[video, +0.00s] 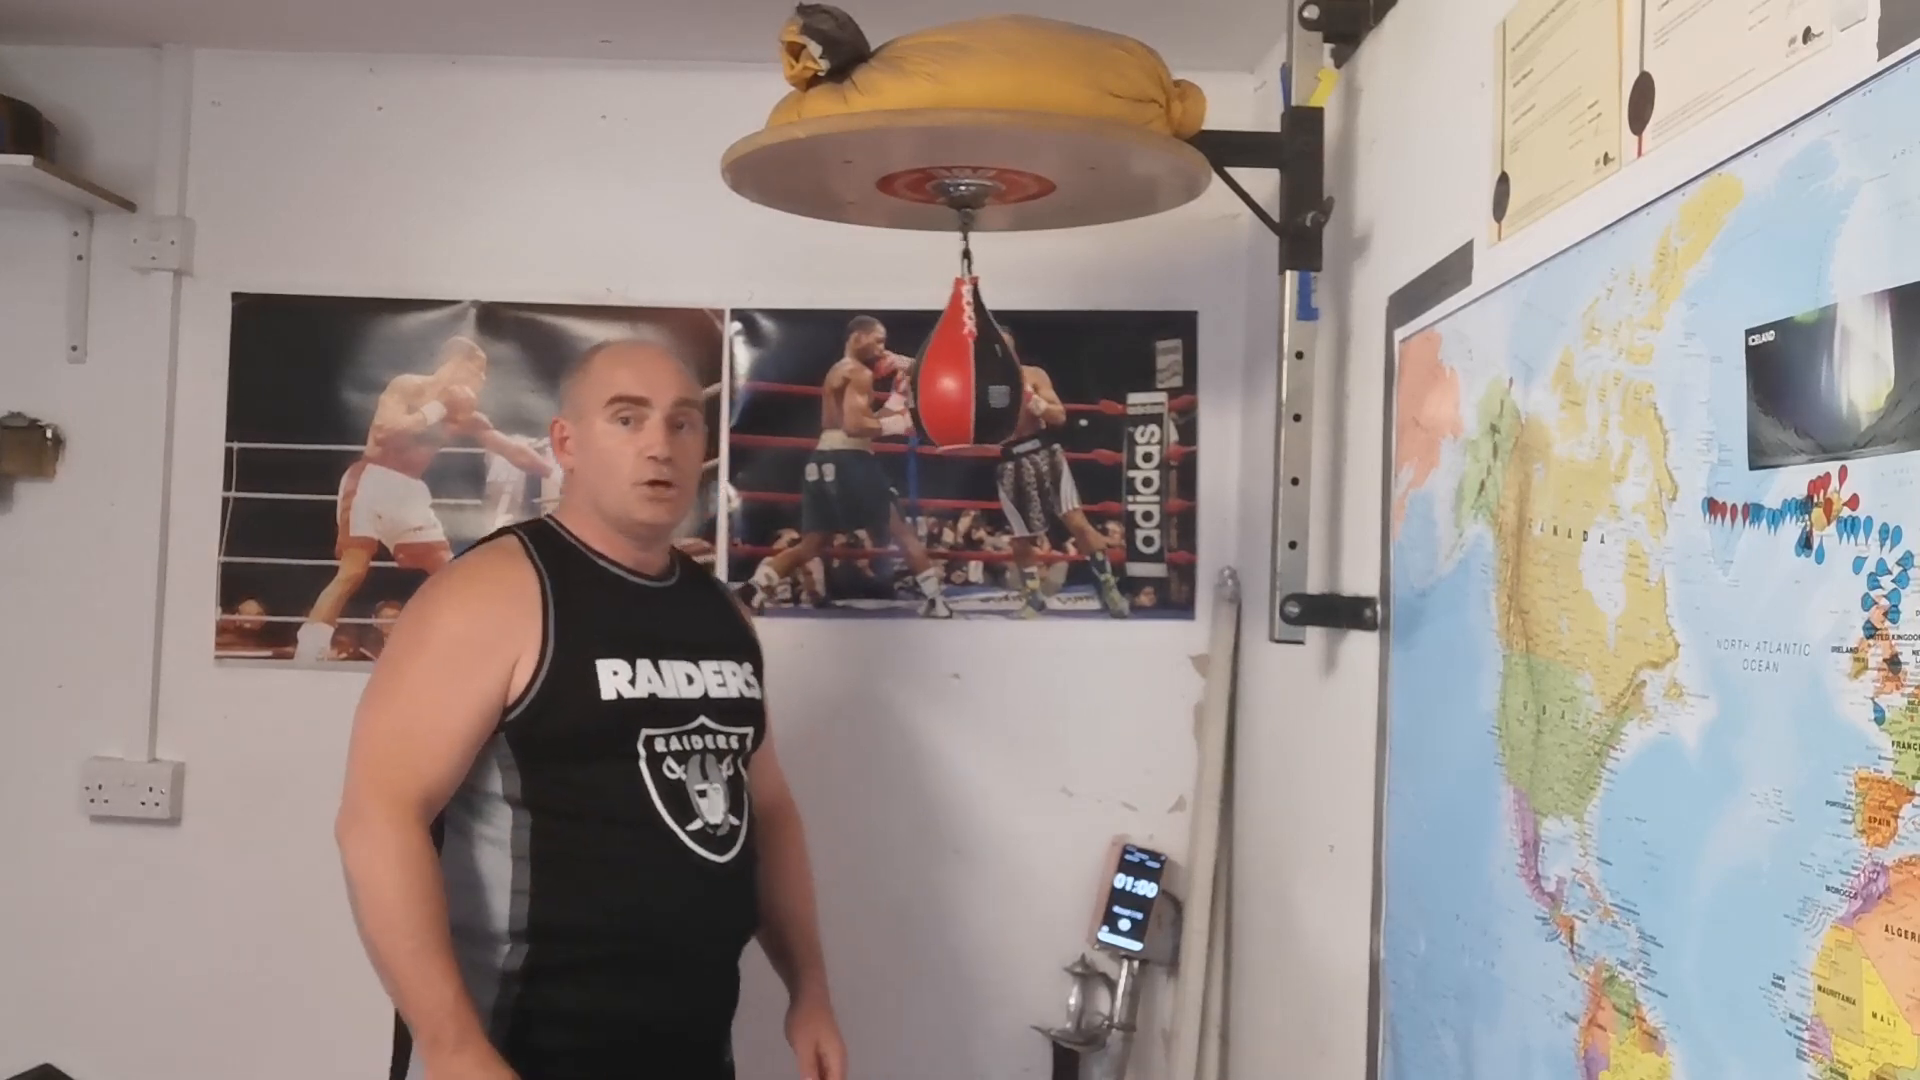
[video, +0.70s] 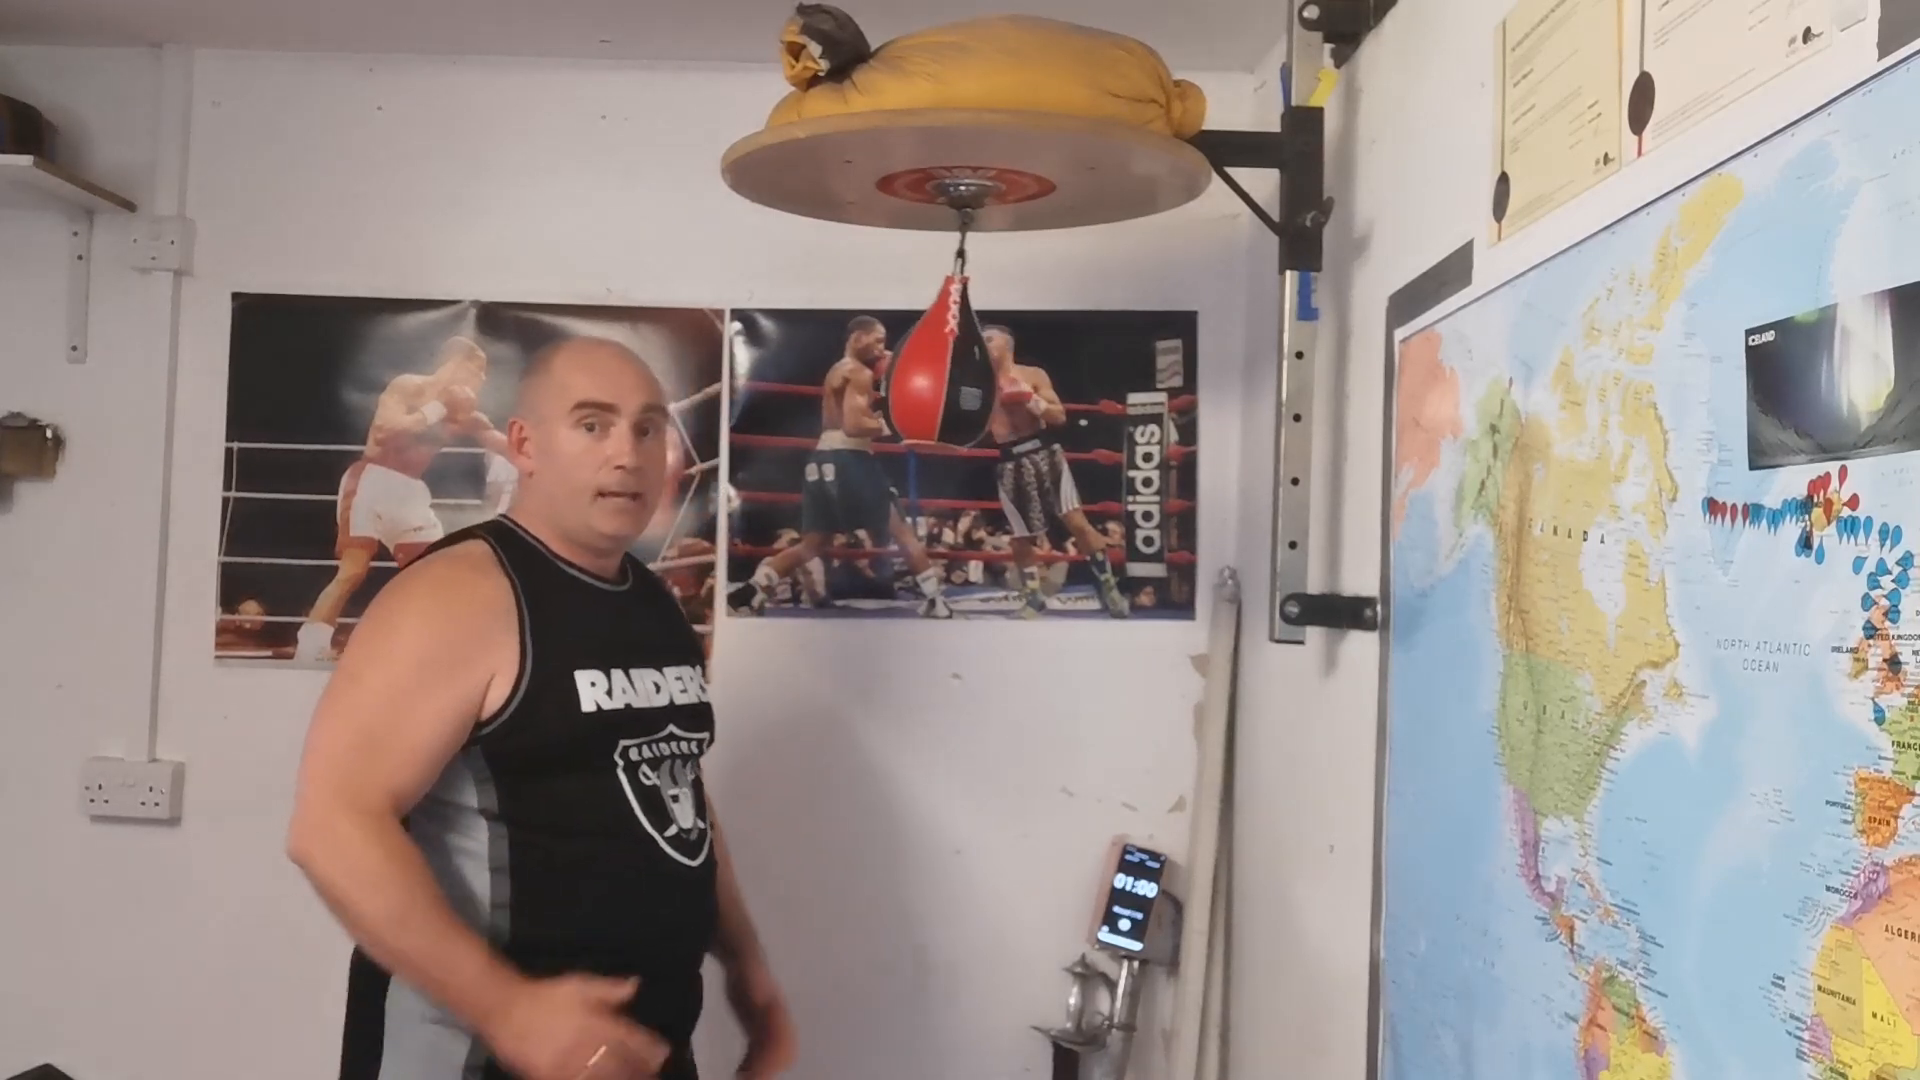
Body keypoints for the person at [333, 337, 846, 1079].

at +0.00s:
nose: (661, 447)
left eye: (682, 422)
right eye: (626, 418)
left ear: (704, 451)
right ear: (564, 444)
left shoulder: (717, 612)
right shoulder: (488, 593)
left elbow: (765, 810)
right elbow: (377, 815)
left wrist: (808, 988)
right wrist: (452, 1045)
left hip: (691, 1043)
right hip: (528, 1046)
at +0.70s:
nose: (627, 455)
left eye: (647, 431)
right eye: (592, 425)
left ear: (666, 457)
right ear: (523, 445)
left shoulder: (653, 602)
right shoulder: (453, 595)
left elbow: (679, 803)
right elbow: (333, 825)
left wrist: (745, 967)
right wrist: (506, 1009)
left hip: (644, 1049)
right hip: (472, 1059)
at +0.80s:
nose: (637, 454)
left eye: (655, 428)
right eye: (601, 423)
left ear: (674, 452)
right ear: (530, 445)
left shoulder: (658, 600)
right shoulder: (464, 594)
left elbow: (684, 785)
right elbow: (357, 820)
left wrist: (777, 901)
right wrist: (575, 931)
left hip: (656, 1048)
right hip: (492, 1049)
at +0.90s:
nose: (649, 450)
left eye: (666, 427)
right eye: (614, 421)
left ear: (686, 458)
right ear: (544, 444)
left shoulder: (678, 605)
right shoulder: (480, 593)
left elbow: (671, 795)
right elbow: (387, 814)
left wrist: (788, 821)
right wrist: (623, 840)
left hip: (671, 1032)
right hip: (510, 1036)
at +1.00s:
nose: (665, 449)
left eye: (681, 425)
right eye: (629, 420)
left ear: (700, 455)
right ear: (560, 446)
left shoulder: (687, 598)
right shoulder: (501, 589)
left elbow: (719, 797)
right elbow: (422, 809)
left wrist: (807, 763)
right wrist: (658, 765)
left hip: (691, 1023)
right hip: (535, 1029)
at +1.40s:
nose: (730, 456)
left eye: (748, 433)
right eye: (699, 427)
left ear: (767, 458)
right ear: (636, 446)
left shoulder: (755, 599)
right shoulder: (569, 586)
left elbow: (780, 760)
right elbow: (492, 794)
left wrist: (871, 815)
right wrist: (716, 830)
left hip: (732, 1007)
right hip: (583, 1009)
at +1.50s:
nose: (740, 456)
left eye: (758, 436)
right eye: (709, 427)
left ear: (776, 460)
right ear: (645, 448)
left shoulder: (764, 604)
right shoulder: (579, 581)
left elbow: (801, 782)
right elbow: (493, 790)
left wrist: (876, 890)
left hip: (730, 1006)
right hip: (586, 1001)